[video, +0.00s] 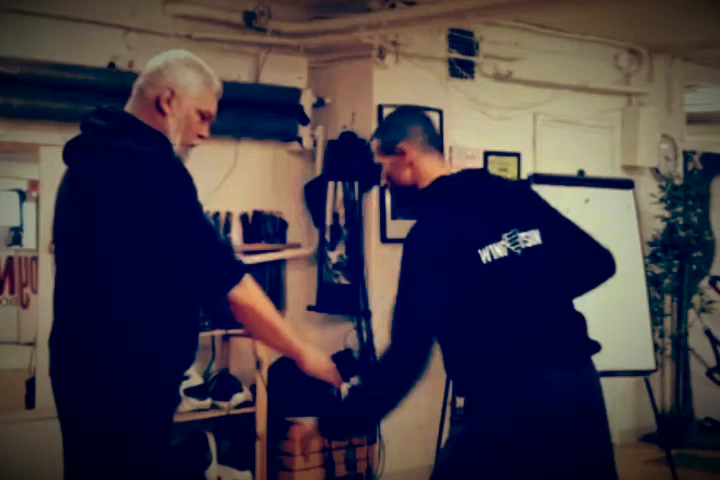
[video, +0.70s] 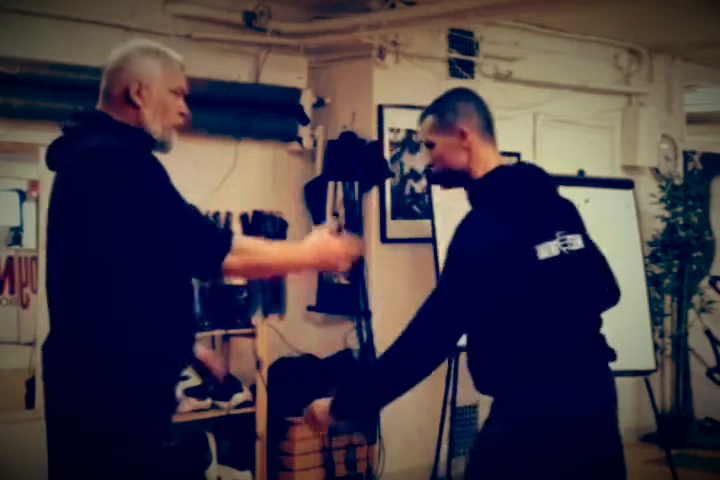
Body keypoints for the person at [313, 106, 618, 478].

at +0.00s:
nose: (386, 178)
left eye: (384, 165)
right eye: (382, 167)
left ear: (405, 152)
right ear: (431, 146)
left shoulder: (430, 232)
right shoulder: (513, 192)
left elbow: (408, 356)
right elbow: (598, 263)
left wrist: (331, 424)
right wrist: (533, 296)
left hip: (498, 407)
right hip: (576, 393)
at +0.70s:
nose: (428, 163)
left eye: (431, 147)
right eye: (425, 150)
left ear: (464, 136)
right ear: (474, 136)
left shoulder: (483, 226)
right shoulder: (552, 200)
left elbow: (429, 337)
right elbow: (605, 290)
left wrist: (344, 404)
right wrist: (536, 324)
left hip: (525, 407)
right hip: (590, 395)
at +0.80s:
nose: (463, 150)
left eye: (469, 137)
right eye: (463, 139)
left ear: (505, 134)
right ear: (506, 134)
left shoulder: (516, 220)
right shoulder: (570, 196)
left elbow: (464, 332)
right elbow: (607, 306)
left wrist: (372, 409)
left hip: (545, 412)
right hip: (603, 403)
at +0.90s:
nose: (495, 144)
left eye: (503, 130)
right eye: (497, 131)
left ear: (541, 130)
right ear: (544, 130)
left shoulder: (546, 215)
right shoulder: (597, 195)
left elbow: (500, 341)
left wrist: (410, 385)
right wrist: (515, 299)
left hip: (566, 405)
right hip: (624, 396)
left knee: (528, 473)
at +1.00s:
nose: (523, 135)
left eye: (531, 122)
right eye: (524, 123)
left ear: (569, 124)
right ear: (567, 126)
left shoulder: (579, 203)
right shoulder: (615, 187)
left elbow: (557, 336)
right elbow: (589, 295)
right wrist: (527, 290)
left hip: (584, 402)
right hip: (625, 394)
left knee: (549, 472)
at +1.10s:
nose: (542, 131)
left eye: (551, 117)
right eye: (542, 119)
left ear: (590, 121)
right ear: (586, 123)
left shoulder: (606, 186)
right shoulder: (622, 181)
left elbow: (572, 313)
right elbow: (581, 300)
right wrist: (526, 276)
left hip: (597, 387)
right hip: (620, 381)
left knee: (552, 473)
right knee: (617, 472)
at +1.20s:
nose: (551, 132)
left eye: (561, 118)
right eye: (552, 120)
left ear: (602, 122)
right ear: (598, 124)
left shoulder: (637, 186)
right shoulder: (587, 194)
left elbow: (602, 293)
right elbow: (559, 298)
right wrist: (526, 258)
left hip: (611, 379)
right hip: (588, 377)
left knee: (552, 472)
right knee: (617, 472)